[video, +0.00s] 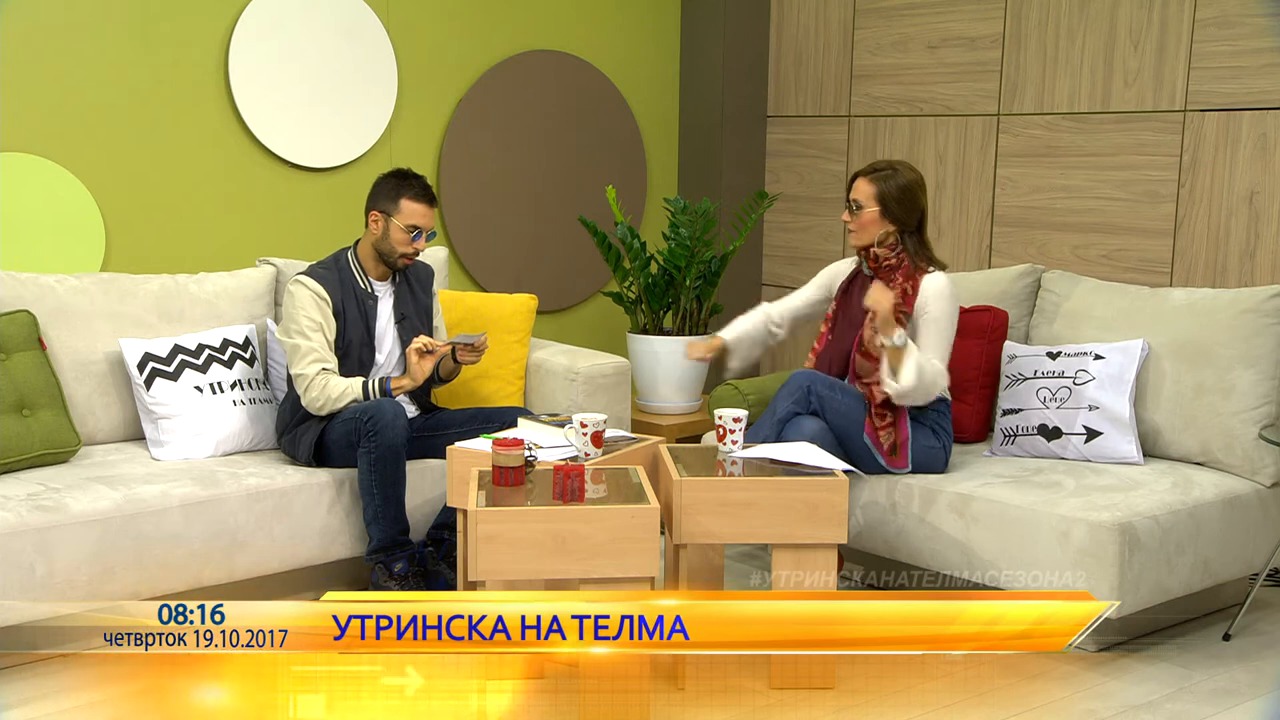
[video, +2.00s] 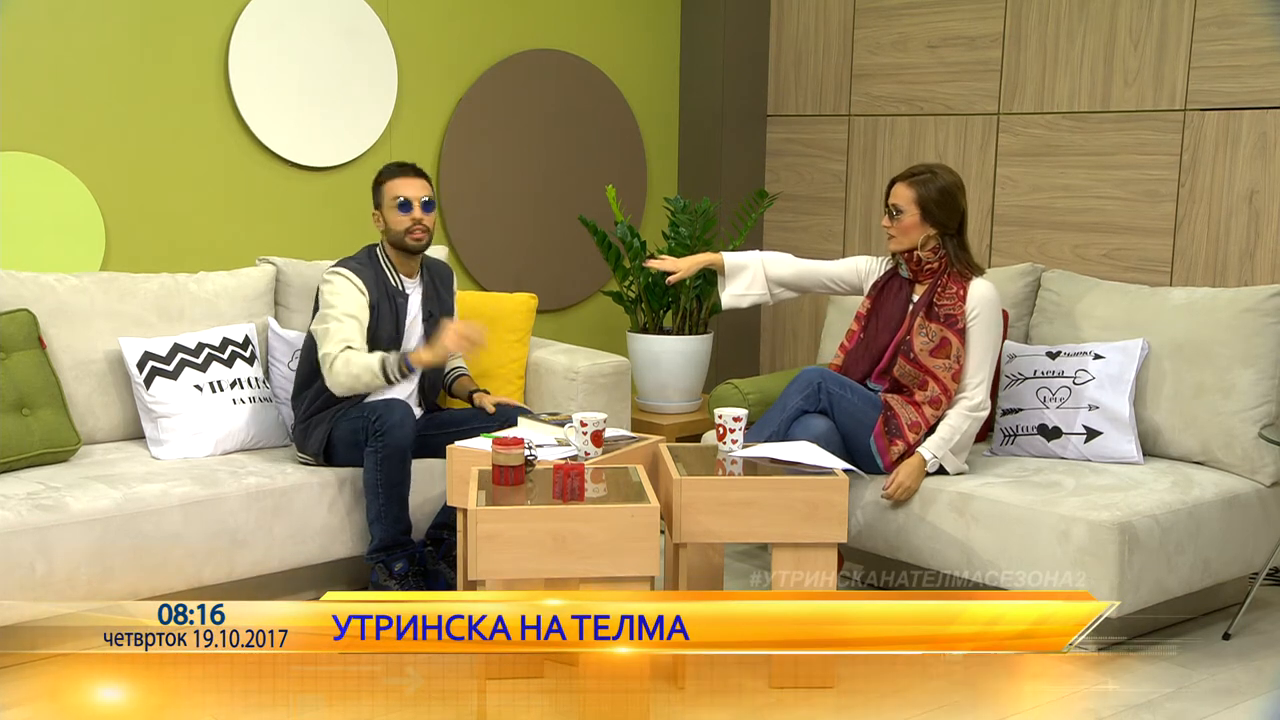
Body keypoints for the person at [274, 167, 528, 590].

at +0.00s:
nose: (421, 246)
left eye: (427, 235)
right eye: (412, 232)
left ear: (432, 232)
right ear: (375, 221)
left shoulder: (419, 278)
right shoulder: (312, 289)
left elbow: (430, 374)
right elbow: (318, 391)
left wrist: (454, 359)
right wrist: (401, 381)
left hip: (405, 422)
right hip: (322, 429)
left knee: (515, 422)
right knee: (387, 414)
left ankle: (440, 550)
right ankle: (392, 563)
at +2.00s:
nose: (418, 216)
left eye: (427, 205)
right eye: (404, 206)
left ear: (435, 214)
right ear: (379, 218)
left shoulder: (439, 275)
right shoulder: (346, 279)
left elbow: (444, 356)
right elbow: (341, 373)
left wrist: (475, 392)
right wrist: (420, 357)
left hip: (412, 422)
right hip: (333, 425)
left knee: (510, 420)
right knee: (395, 415)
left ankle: (440, 549)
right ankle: (392, 562)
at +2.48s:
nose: (387, 215)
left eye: (401, 206)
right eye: (375, 205)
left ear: (418, 218)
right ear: (359, 215)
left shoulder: (435, 273)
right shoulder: (333, 263)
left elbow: (456, 352)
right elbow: (315, 260)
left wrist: (477, 392)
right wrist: (415, 268)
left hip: (415, 421)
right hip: (333, 423)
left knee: (514, 422)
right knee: (395, 412)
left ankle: (441, 549)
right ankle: (391, 561)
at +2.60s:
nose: (385, 216)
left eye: (398, 205)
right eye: (373, 204)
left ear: (415, 216)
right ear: (359, 213)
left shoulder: (436, 274)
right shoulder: (332, 268)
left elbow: (455, 347)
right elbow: (314, 226)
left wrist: (477, 389)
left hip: (414, 419)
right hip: (335, 425)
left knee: (515, 420)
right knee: (395, 413)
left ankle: (441, 548)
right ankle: (391, 562)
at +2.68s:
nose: (386, 214)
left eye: (398, 204)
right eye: (374, 203)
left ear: (416, 215)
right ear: (354, 213)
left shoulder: (436, 273)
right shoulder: (334, 270)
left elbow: (457, 346)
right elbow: (321, 221)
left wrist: (477, 388)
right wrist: (318, 133)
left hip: (414, 423)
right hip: (338, 426)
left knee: (514, 424)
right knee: (397, 415)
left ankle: (440, 550)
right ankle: (392, 563)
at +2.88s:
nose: (388, 217)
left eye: (399, 206)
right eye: (375, 206)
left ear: (415, 216)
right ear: (357, 213)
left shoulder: (435, 276)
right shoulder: (328, 265)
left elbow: (474, 344)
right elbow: (296, 216)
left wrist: (518, 377)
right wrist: (261, 140)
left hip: (414, 420)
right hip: (337, 425)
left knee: (520, 423)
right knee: (391, 413)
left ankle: (438, 554)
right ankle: (392, 565)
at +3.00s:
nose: (390, 218)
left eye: (401, 208)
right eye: (377, 207)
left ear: (414, 215)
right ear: (355, 214)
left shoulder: (437, 275)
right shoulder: (324, 263)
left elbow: (492, 328)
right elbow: (286, 219)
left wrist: (567, 348)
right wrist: (249, 150)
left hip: (415, 420)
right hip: (335, 426)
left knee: (513, 423)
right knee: (391, 414)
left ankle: (442, 554)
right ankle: (392, 564)